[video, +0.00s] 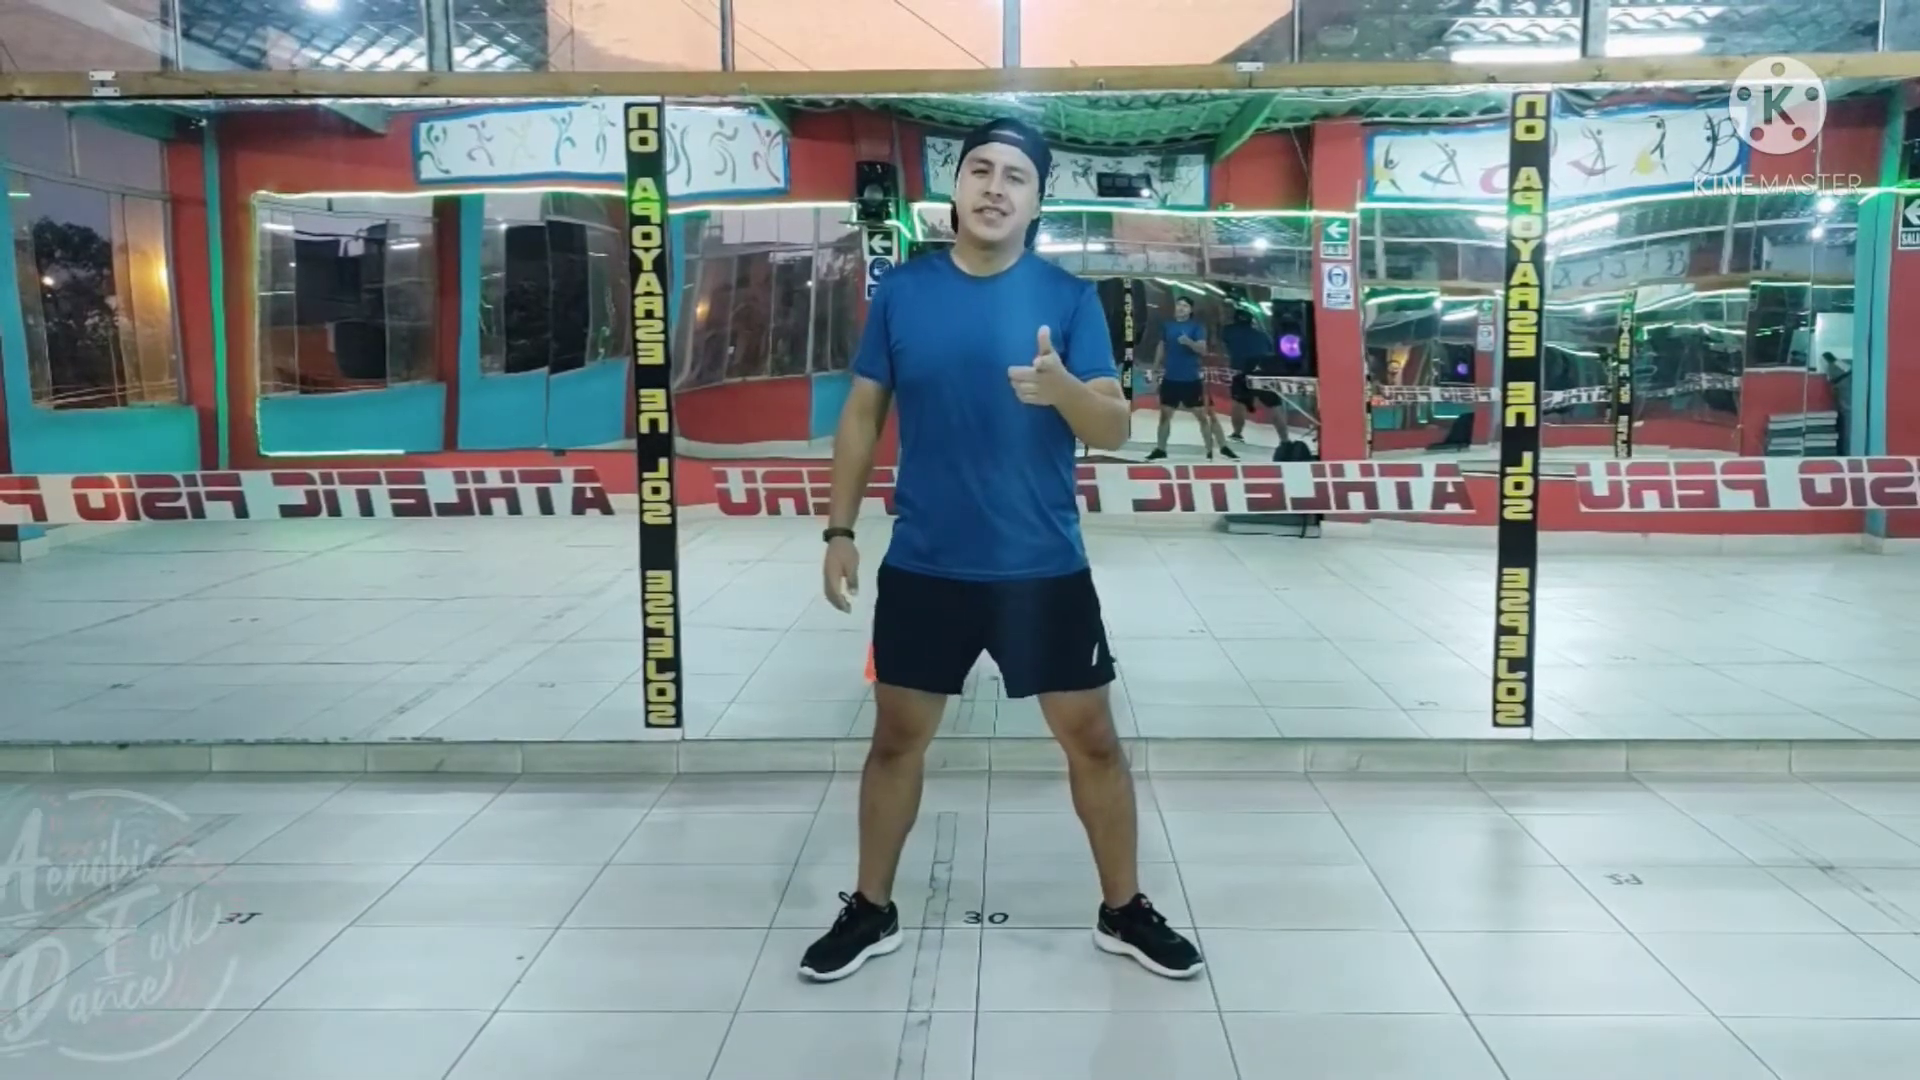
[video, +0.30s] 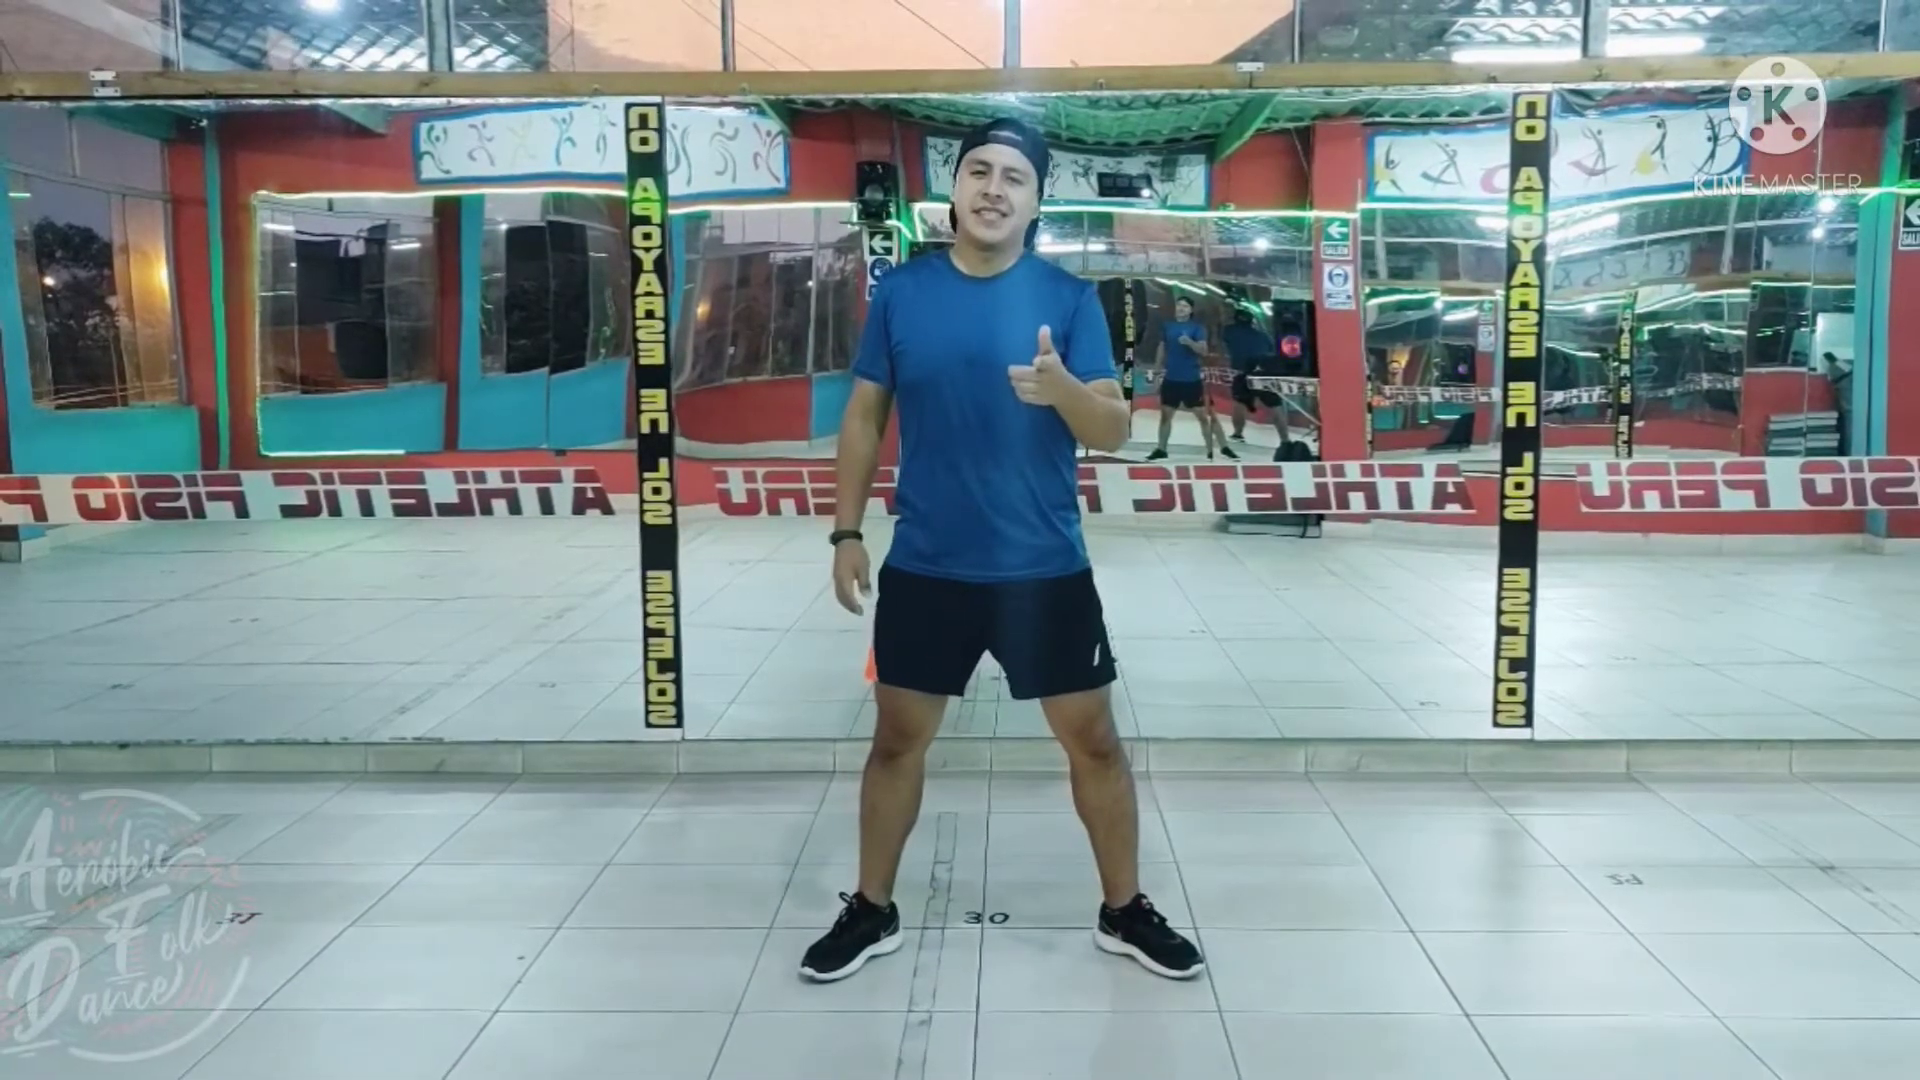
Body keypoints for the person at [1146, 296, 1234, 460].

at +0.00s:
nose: (1181, 308)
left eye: (1185, 306)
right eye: (1179, 305)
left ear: (1190, 309)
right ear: (1175, 308)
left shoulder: (1197, 327)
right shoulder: (1167, 326)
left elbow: (1203, 349)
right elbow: (1161, 346)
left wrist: (1189, 342)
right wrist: (1155, 368)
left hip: (1191, 379)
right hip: (1171, 378)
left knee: (1202, 416)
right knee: (1165, 415)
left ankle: (1210, 450)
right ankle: (1160, 448)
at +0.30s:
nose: (1181, 309)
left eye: (1185, 306)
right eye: (1179, 306)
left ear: (1191, 310)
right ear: (1175, 308)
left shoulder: (1198, 328)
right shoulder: (1167, 327)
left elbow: (1203, 350)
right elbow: (1162, 347)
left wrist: (1190, 343)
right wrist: (1157, 368)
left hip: (1192, 379)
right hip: (1171, 378)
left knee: (1203, 416)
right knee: (1165, 415)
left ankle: (1210, 450)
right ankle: (1161, 448)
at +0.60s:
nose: (1182, 309)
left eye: (1185, 307)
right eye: (1180, 306)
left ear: (1191, 310)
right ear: (1175, 308)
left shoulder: (1198, 328)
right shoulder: (1168, 327)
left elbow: (1204, 350)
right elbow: (1162, 348)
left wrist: (1190, 343)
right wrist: (1157, 368)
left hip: (1192, 379)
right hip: (1172, 378)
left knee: (1202, 415)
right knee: (1166, 414)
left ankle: (1211, 449)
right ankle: (1162, 448)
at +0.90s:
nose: (1182, 309)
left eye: (1186, 307)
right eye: (1180, 306)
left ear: (1192, 310)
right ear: (1176, 308)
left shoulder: (1199, 328)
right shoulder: (1169, 328)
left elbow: (1204, 350)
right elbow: (1162, 348)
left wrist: (1190, 343)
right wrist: (1158, 368)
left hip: (1192, 379)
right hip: (1172, 378)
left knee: (1203, 416)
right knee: (1166, 415)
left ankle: (1212, 450)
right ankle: (1162, 448)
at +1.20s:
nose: (1183, 309)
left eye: (1186, 307)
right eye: (1181, 306)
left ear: (1193, 311)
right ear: (1177, 309)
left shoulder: (1199, 328)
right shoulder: (1169, 328)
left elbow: (1205, 350)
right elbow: (1163, 348)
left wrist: (1192, 343)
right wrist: (1159, 367)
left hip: (1193, 379)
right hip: (1173, 378)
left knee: (1203, 415)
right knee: (1167, 414)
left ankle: (1212, 450)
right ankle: (1163, 448)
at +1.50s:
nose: (1184, 309)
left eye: (1187, 307)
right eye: (1182, 306)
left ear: (1193, 311)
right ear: (1177, 308)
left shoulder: (1200, 329)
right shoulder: (1170, 328)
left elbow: (1206, 351)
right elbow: (1164, 349)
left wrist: (1193, 343)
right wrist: (1160, 368)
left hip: (1194, 379)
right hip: (1173, 378)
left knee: (1204, 415)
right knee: (1167, 414)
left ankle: (1212, 450)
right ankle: (1163, 448)